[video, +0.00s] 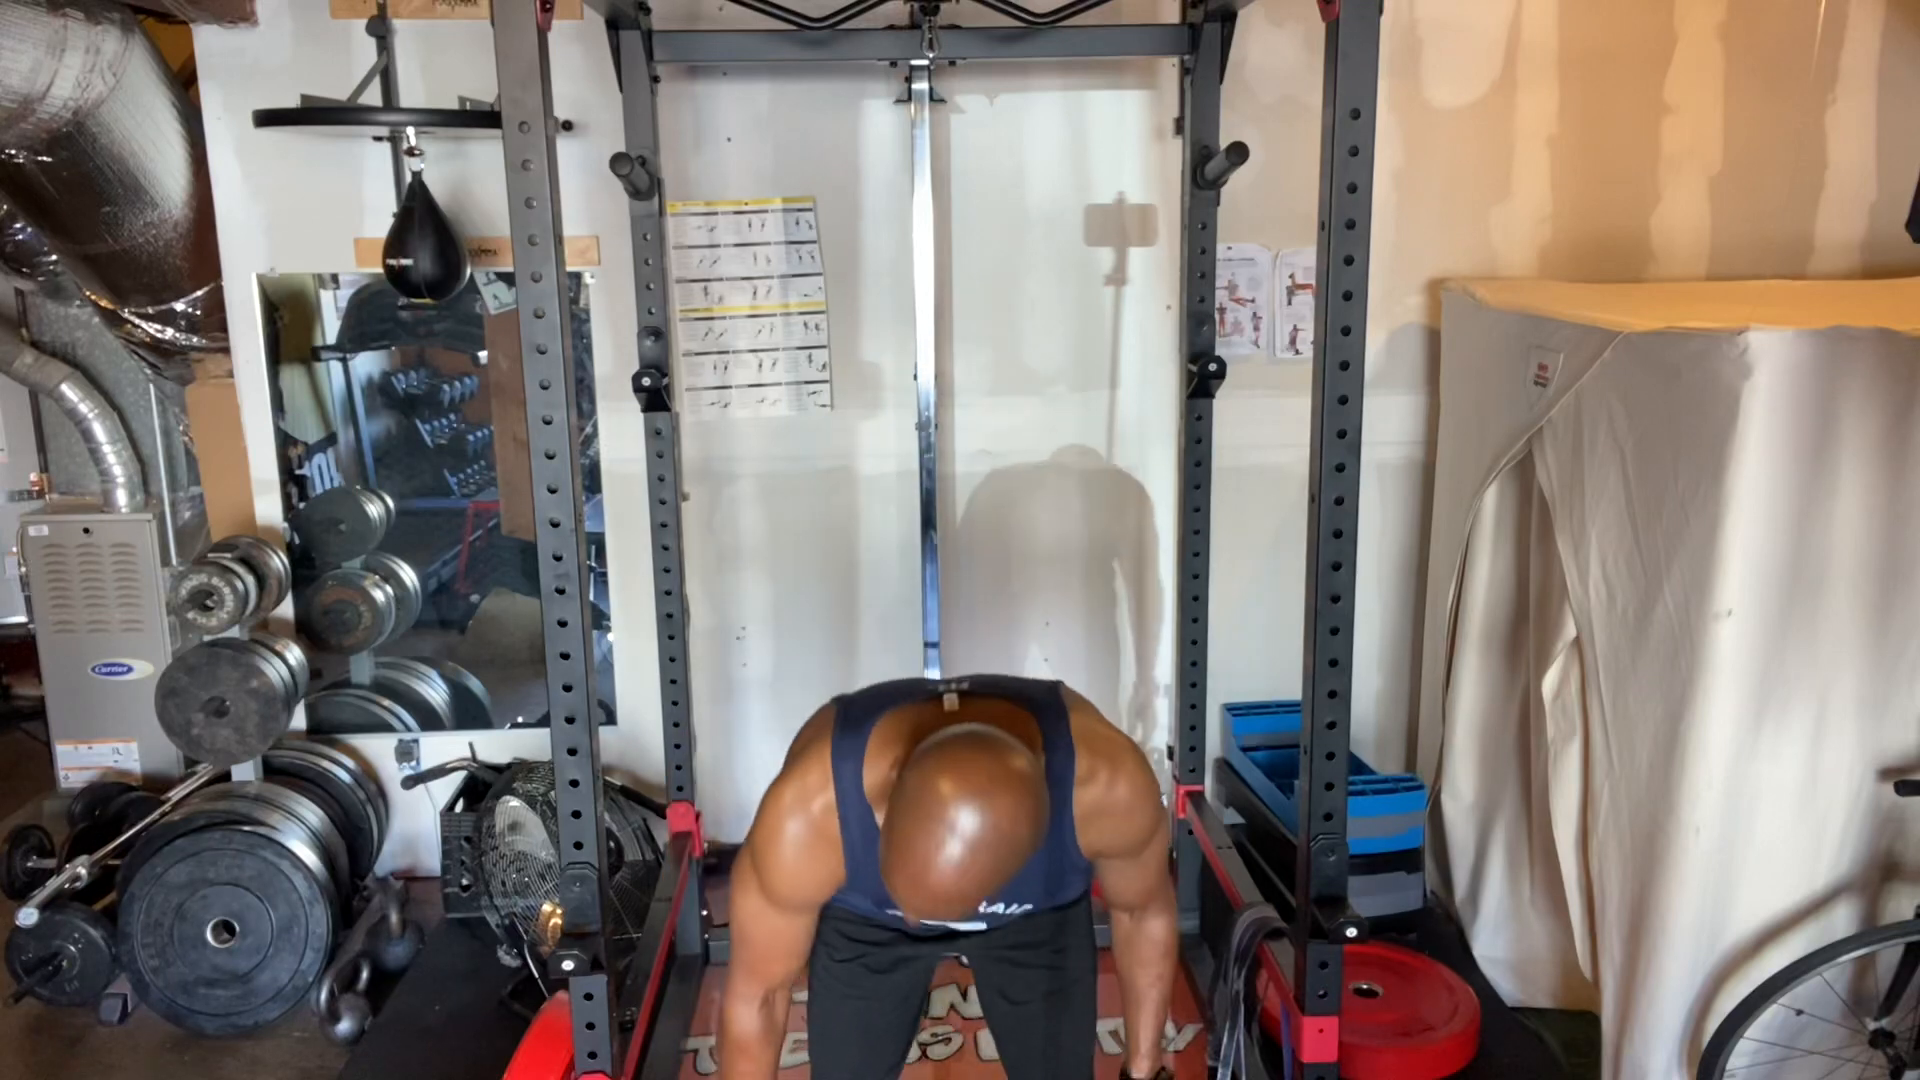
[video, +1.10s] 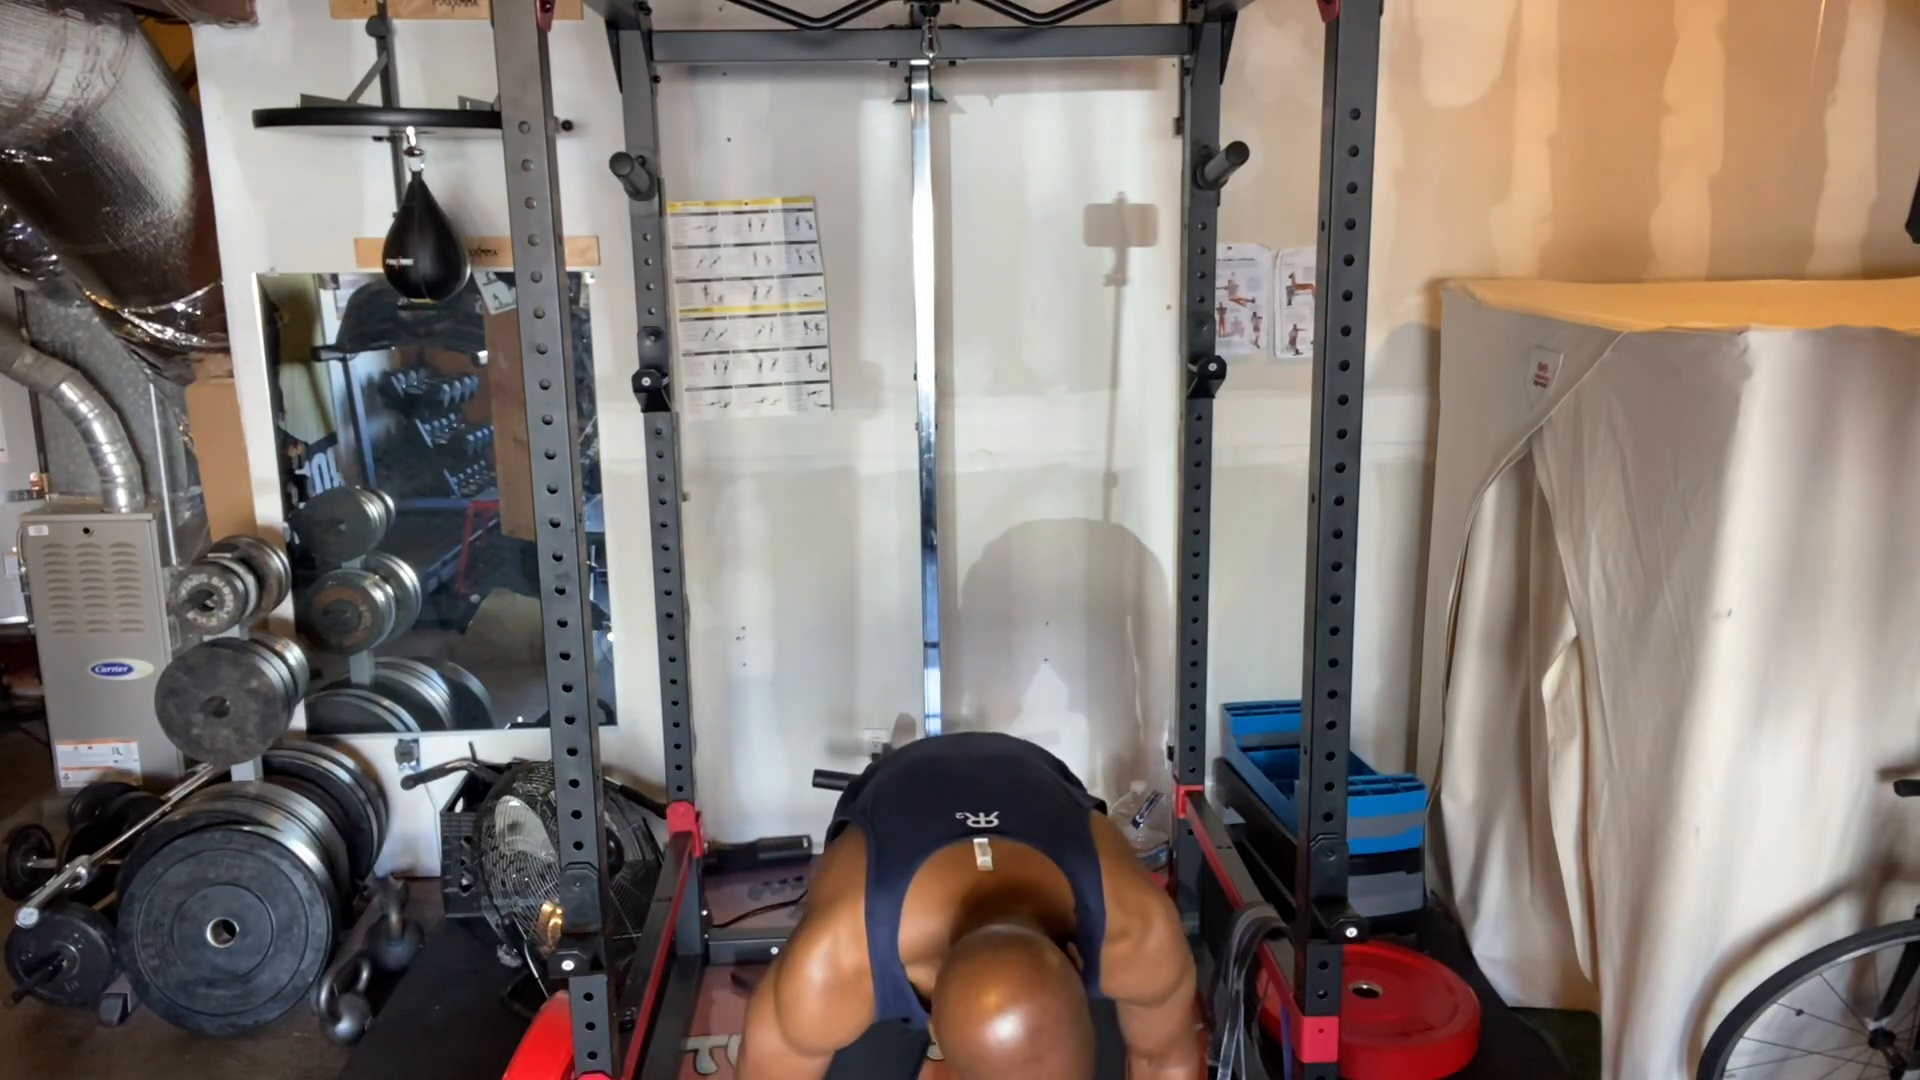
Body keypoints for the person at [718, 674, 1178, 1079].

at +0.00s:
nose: (927, 928)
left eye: (957, 916)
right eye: (905, 909)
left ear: (1040, 838)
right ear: (887, 818)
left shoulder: (1112, 790)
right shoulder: (804, 818)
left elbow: (1143, 915)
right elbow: (757, 997)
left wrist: (1143, 1062)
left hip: (1038, 910)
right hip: (867, 915)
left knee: (1057, 1068)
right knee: (847, 1069)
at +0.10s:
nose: (938, 973)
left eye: (960, 958)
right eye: (910, 954)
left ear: (1032, 882)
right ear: (881, 859)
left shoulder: (1111, 816)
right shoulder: (801, 860)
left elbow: (1143, 926)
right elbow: (751, 1034)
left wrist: (1145, 1067)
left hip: (1040, 899)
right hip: (861, 909)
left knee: (1059, 1065)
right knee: (847, 1068)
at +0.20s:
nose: (923, 1010)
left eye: (946, 1001)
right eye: (903, 993)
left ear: (1041, 902)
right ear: (879, 895)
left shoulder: (1107, 839)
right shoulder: (794, 900)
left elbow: (1142, 940)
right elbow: (745, 1063)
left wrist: (1143, 1071)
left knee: (1060, 1062)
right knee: (847, 1064)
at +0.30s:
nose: (926, 1048)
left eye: (947, 1034)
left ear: (1027, 932)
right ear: (869, 912)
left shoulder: (1100, 862)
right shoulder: (788, 925)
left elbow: (1136, 952)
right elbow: (750, 1070)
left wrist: (1139, 1071)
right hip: (848, 781)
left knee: (1061, 1061)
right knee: (843, 1062)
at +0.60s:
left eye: (939, 1076)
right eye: (886, 1072)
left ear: (1009, 957)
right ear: (852, 981)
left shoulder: (1097, 909)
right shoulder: (774, 965)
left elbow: (1132, 1008)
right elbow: (747, 1068)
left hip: (1015, 769)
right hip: (854, 779)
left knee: (1030, 1058)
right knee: (832, 1055)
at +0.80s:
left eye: (998, 1075)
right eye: (945, 1078)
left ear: (1042, 969)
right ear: (891, 992)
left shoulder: (1116, 927)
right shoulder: (797, 970)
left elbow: (1144, 1043)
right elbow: (756, 1066)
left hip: (1023, 765)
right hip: (871, 777)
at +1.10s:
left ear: (1078, 977)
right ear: (930, 1015)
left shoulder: (1144, 940)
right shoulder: (826, 977)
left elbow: (1167, 1061)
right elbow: (770, 1066)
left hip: (1040, 774)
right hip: (889, 785)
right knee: (865, 1054)